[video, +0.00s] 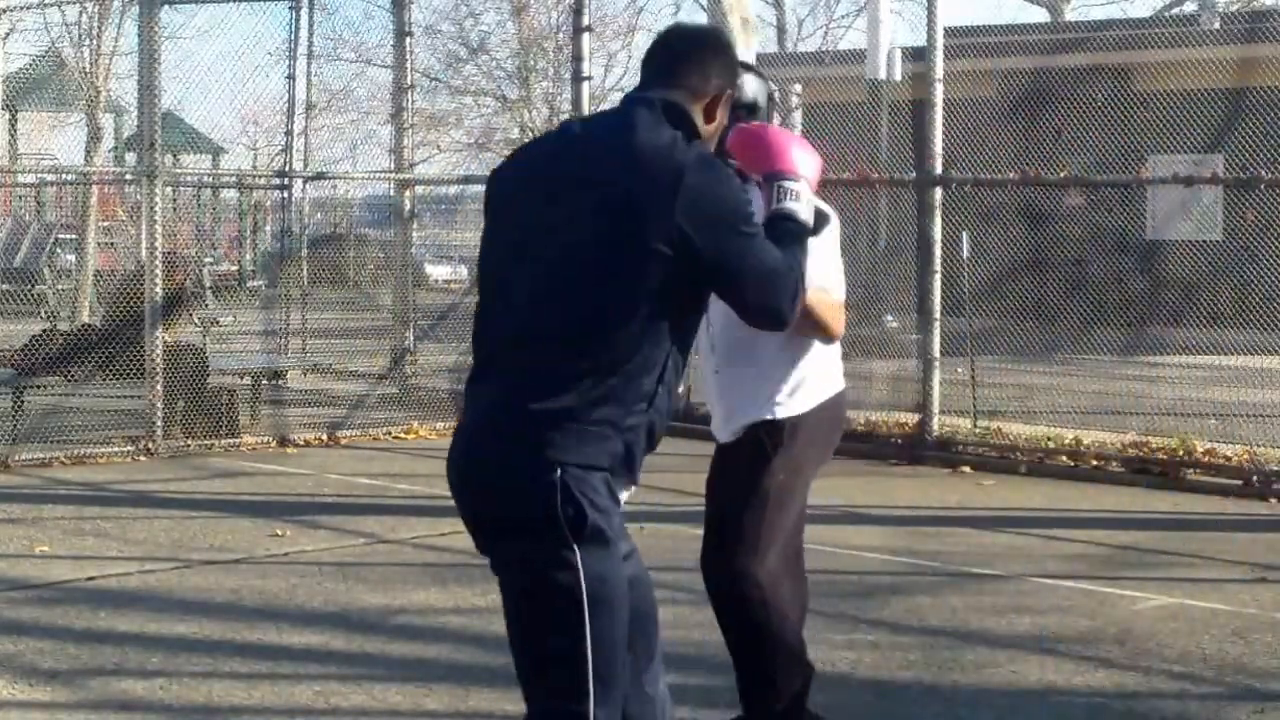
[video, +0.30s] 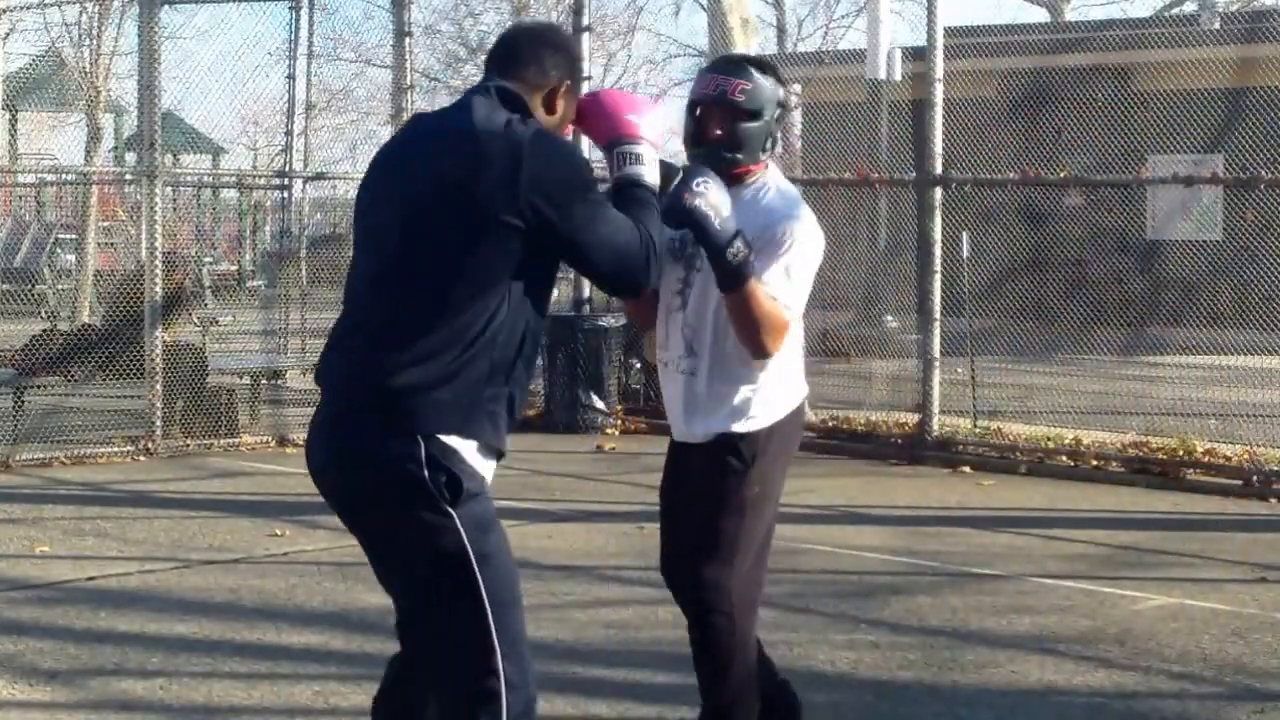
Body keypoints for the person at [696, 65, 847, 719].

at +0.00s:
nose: (699, 140)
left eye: (709, 125)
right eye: (699, 127)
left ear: (741, 123)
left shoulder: (800, 208)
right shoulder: (722, 207)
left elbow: (831, 323)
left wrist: (776, 264)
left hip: (795, 410)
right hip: (749, 415)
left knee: (744, 564)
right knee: (742, 567)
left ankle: (783, 704)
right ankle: (771, 704)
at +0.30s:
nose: (708, 123)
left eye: (726, 110)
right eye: (701, 108)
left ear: (761, 125)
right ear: (688, 114)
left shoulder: (788, 216)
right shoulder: (687, 194)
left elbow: (767, 341)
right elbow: (650, 314)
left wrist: (722, 239)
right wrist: (630, 220)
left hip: (753, 423)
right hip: (695, 420)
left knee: (720, 585)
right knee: (684, 573)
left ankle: (729, 712)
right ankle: (771, 702)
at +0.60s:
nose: (702, 133)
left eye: (722, 121)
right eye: (696, 117)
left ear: (757, 136)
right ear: (685, 124)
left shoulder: (782, 232)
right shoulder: (669, 208)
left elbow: (760, 354)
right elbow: (623, 316)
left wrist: (713, 266)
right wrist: (601, 251)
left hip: (743, 429)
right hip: (675, 429)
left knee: (706, 593)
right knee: (670, 579)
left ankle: (719, 711)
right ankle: (766, 696)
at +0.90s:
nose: (648, 155)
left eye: (663, 139)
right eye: (636, 142)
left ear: (697, 141)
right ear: (626, 152)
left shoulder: (737, 221)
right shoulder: (661, 233)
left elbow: (796, 321)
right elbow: (652, 357)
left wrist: (699, 309)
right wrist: (616, 289)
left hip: (748, 430)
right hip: (699, 432)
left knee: (673, 584)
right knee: (702, 591)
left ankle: (711, 713)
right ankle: (764, 710)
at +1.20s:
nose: (623, 137)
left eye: (636, 122)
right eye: (619, 124)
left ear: (675, 126)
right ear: (625, 133)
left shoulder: (706, 200)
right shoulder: (649, 222)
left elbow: (772, 308)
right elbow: (626, 353)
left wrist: (661, 289)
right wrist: (598, 273)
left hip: (722, 427)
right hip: (681, 428)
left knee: (659, 590)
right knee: (709, 592)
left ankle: (669, 713)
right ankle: (764, 712)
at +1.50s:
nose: (579, 129)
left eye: (595, 115)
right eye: (578, 114)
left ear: (643, 121)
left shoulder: (643, 192)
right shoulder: (657, 188)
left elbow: (551, 224)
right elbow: (587, 276)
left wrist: (446, 190)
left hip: (700, 418)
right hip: (714, 408)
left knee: (633, 591)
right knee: (716, 587)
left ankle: (650, 712)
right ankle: (760, 710)